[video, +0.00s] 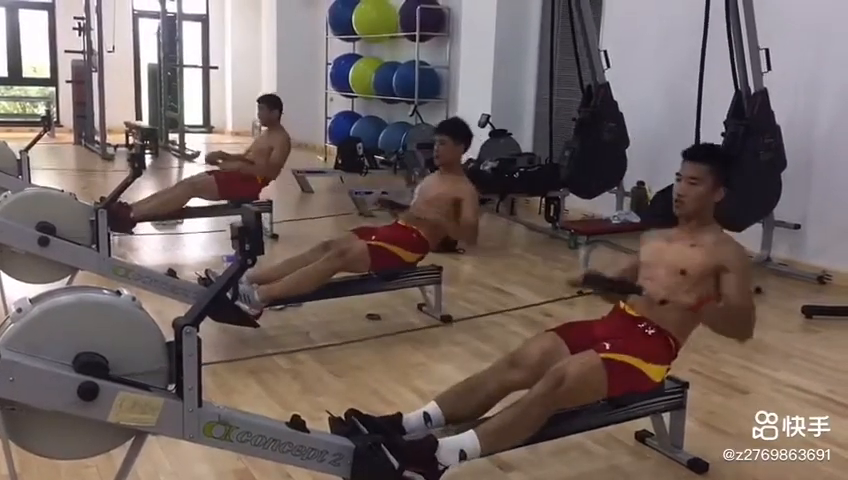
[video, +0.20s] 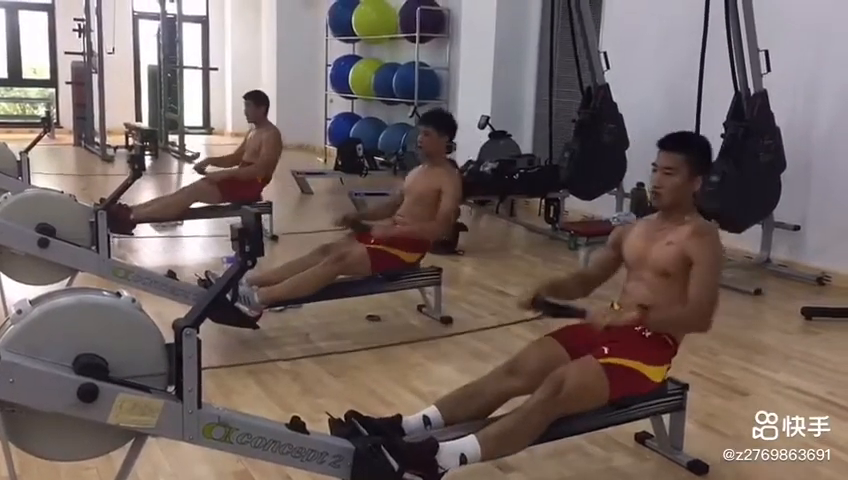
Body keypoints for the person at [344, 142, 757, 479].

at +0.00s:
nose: (681, 189)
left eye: (693, 183)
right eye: (680, 180)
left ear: (718, 193)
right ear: (677, 184)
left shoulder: (729, 252)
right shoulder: (658, 234)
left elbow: (743, 327)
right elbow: (633, 279)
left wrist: (697, 301)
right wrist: (601, 276)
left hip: (651, 347)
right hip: (612, 325)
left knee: (557, 381)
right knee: (518, 362)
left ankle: (444, 456)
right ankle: (405, 428)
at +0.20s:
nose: (657, 180)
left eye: (669, 173)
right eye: (656, 170)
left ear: (697, 182)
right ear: (653, 173)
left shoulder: (702, 236)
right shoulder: (632, 230)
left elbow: (700, 315)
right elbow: (585, 279)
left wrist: (638, 314)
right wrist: (548, 290)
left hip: (649, 347)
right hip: (604, 330)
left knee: (557, 388)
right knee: (514, 370)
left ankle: (438, 461)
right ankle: (406, 429)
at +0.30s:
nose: (646, 177)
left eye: (659, 170)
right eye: (645, 168)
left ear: (687, 179)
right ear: (642, 172)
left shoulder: (695, 238)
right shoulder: (624, 228)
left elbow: (674, 318)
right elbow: (576, 274)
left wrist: (612, 320)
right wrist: (530, 293)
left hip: (650, 345)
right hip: (607, 328)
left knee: (555, 392)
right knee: (515, 371)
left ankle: (443, 461)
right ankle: (407, 429)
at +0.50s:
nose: (632, 179)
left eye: (644, 171)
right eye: (631, 169)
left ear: (674, 177)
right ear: (629, 172)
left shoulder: (684, 238)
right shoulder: (614, 229)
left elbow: (645, 312)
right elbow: (555, 269)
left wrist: (584, 331)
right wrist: (504, 298)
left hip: (649, 348)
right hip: (607, 332)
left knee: (557, 394)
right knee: (515, 374)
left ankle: (444, 462)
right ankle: (407, 430)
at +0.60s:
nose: (627, 178)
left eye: (639, 171)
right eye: (625, 169)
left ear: (668, 177)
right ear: (622, 171)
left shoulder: (680, 236)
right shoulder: (611, 228)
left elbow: (639, 308)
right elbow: (549, 268)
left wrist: (574, 332)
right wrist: (497, 298)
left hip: (649, 348)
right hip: (607, 333)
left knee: (555, 396)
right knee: (515, 375)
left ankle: (444, 462)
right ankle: (406, 430)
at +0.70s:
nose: (623, 179)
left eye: (636, 171)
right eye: (621, 169)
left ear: (664, 178)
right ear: (618, 171)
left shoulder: (679, 238)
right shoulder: (610, 227)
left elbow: (635, 306)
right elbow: (546, 268)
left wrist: (563, 334)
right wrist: (494, 297)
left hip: (649, 348)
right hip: (605, 331)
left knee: (557, 395)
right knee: (516, 375)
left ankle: (444, 462)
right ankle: (405, 430)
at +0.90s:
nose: (616, 179)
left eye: (628, 170)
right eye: (614, 168)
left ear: (657, 177)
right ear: (611, 171)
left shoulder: (673, 236)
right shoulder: (603, 227)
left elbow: (628, 299)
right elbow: (538, 267)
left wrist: (561, 331)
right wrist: (482, 297)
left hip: (650, 347)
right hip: (605, 329)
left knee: (554, 394)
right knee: (514, 375)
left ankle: (445, 461)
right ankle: (408, 431)